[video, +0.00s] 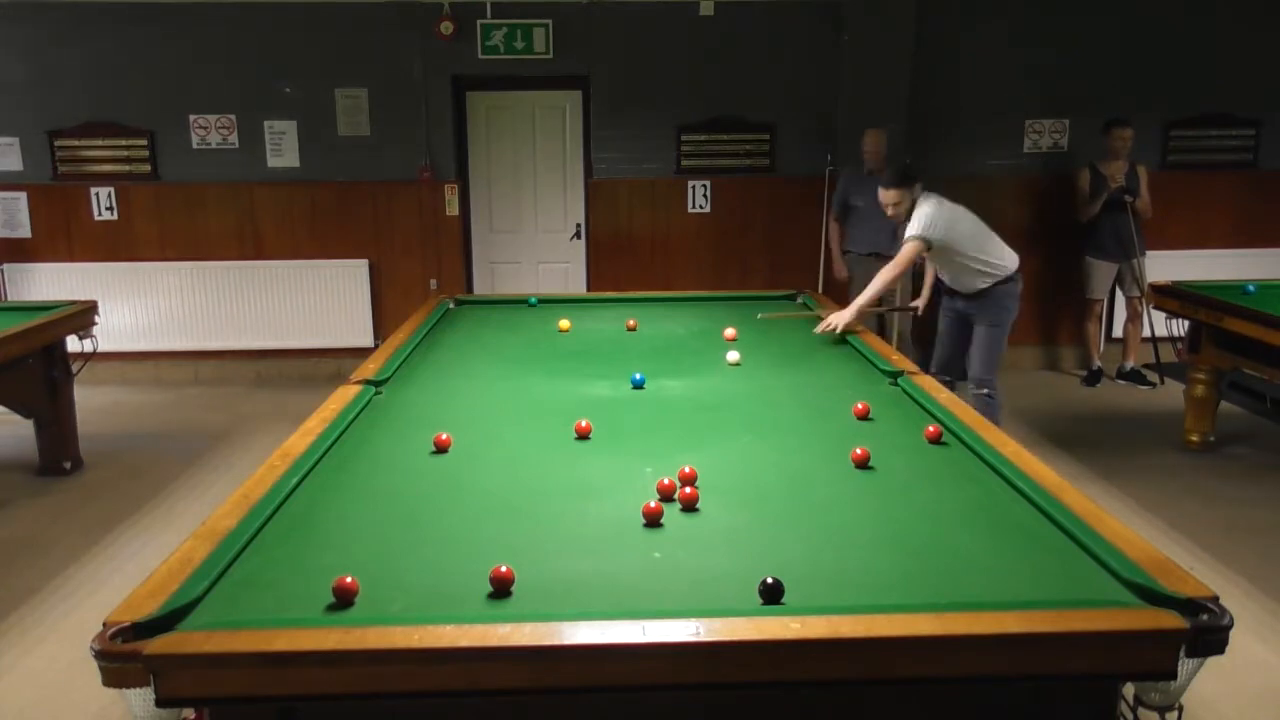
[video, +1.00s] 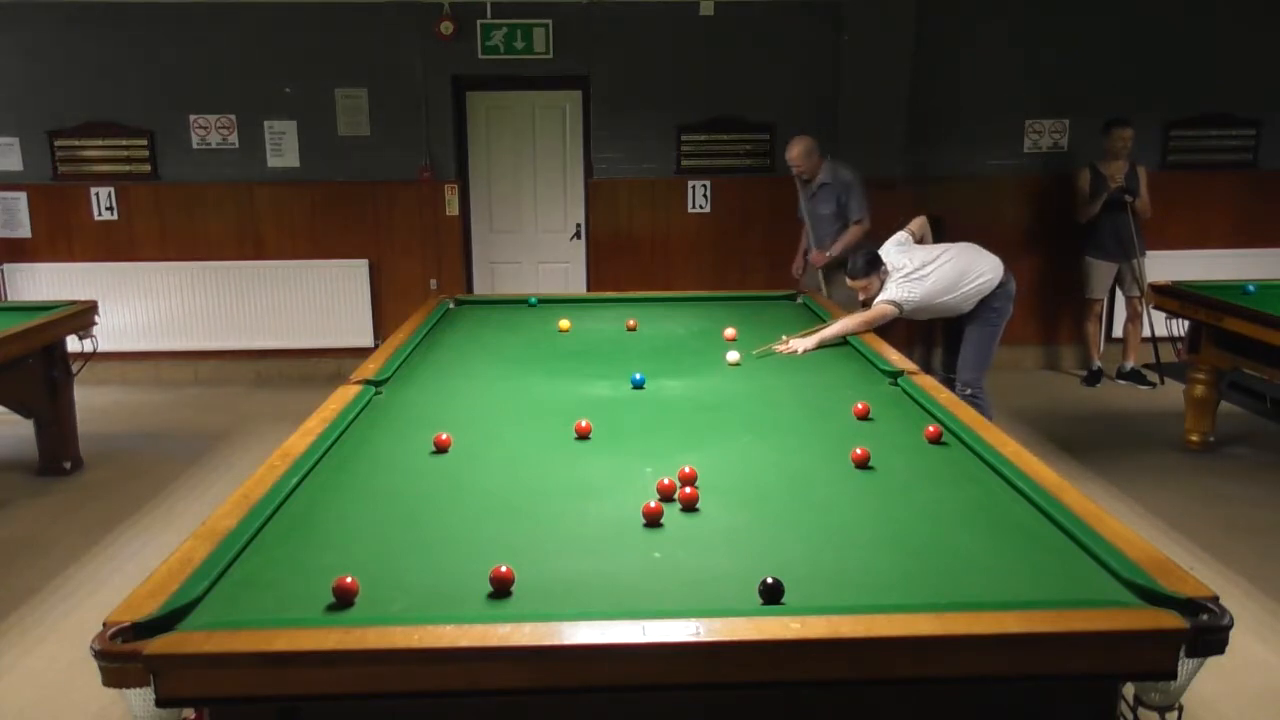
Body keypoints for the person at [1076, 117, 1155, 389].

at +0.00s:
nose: (1125, 145)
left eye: (1129, 140)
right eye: (1120, 139)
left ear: (1132, 142)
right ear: (1107, 140)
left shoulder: (1137, 171)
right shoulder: (1089, 172)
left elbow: (1147, 211)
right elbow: (1083, 214)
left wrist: (1131, 197)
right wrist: (1106, 191)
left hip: (1132, 250)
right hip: (1100, 250)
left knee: (1136, 309)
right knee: (1094, 309)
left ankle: (1128, 366)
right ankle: (1094, 365)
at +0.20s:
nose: (1126, 145)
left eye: (1129, 140)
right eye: (1120, 140)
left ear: (1133, 142)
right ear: (1107, 140)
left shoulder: (1137, 171)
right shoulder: (1088, 172)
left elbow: (1146, 211)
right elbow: (1082, 215)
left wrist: (1132, 198)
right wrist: (1106, 192)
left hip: (1132, 250)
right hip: (1099, 250)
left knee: (1136, 309)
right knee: (1094, 309)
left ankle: (1128, 366)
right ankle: (1095, 365)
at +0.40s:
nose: (1126, 145)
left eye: (1129, 140)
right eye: (1120, 140)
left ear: (1132, 142)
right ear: (1107, 140)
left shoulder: (1137, 171)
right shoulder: (1088, 172)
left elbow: (1146, 211)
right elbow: (1083, 215)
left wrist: (1132, 198)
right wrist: (1106, 191)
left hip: (1132, 250)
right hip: (1099, 250)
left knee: (1136, 309)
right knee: (1094, 309)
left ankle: (1128, 366)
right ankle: (1095, 365)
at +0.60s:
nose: (1126, 145)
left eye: (1129, 140)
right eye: (1120, 140)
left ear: (1133, 142)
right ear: (1107, 140)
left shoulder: (1137, 171)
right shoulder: (1088, 172)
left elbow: (1146, 211)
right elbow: (1082, 215)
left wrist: (1132, 198)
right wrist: (1106, 192)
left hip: (1132, 250)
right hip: (1099, 250)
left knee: (1136, 309)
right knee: (1094, 309)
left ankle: (1128, 366)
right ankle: (1095, 365)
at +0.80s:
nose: (1126, 145)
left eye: (1129, 140)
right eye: (1120, 140)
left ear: (1133, 142)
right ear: (1107, 140)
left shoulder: (1137, 171)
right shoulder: (1088, 172)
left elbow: (1146, 211)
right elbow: (1082, 214)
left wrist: (1132, 198)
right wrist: (1106, 192)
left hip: (1132, 250)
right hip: (1099, 250)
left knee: (1136, 309)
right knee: (1094, 309)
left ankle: (1128, 366)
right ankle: (1095, 365)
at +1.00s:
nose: (1126, 145)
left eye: (1129, 140)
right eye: (1120, 140)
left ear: (1133, 142)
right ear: (1107, 141)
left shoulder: (1137, 171)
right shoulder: (1088, 172)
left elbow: (1146, 211)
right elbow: (1082, 215)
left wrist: (1131, 197)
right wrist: (1105, 192)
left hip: (1132, 251)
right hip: (1099, 250)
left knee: (1136, 309)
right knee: (1094, 309)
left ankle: (1128, 366)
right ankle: (1095, 365)